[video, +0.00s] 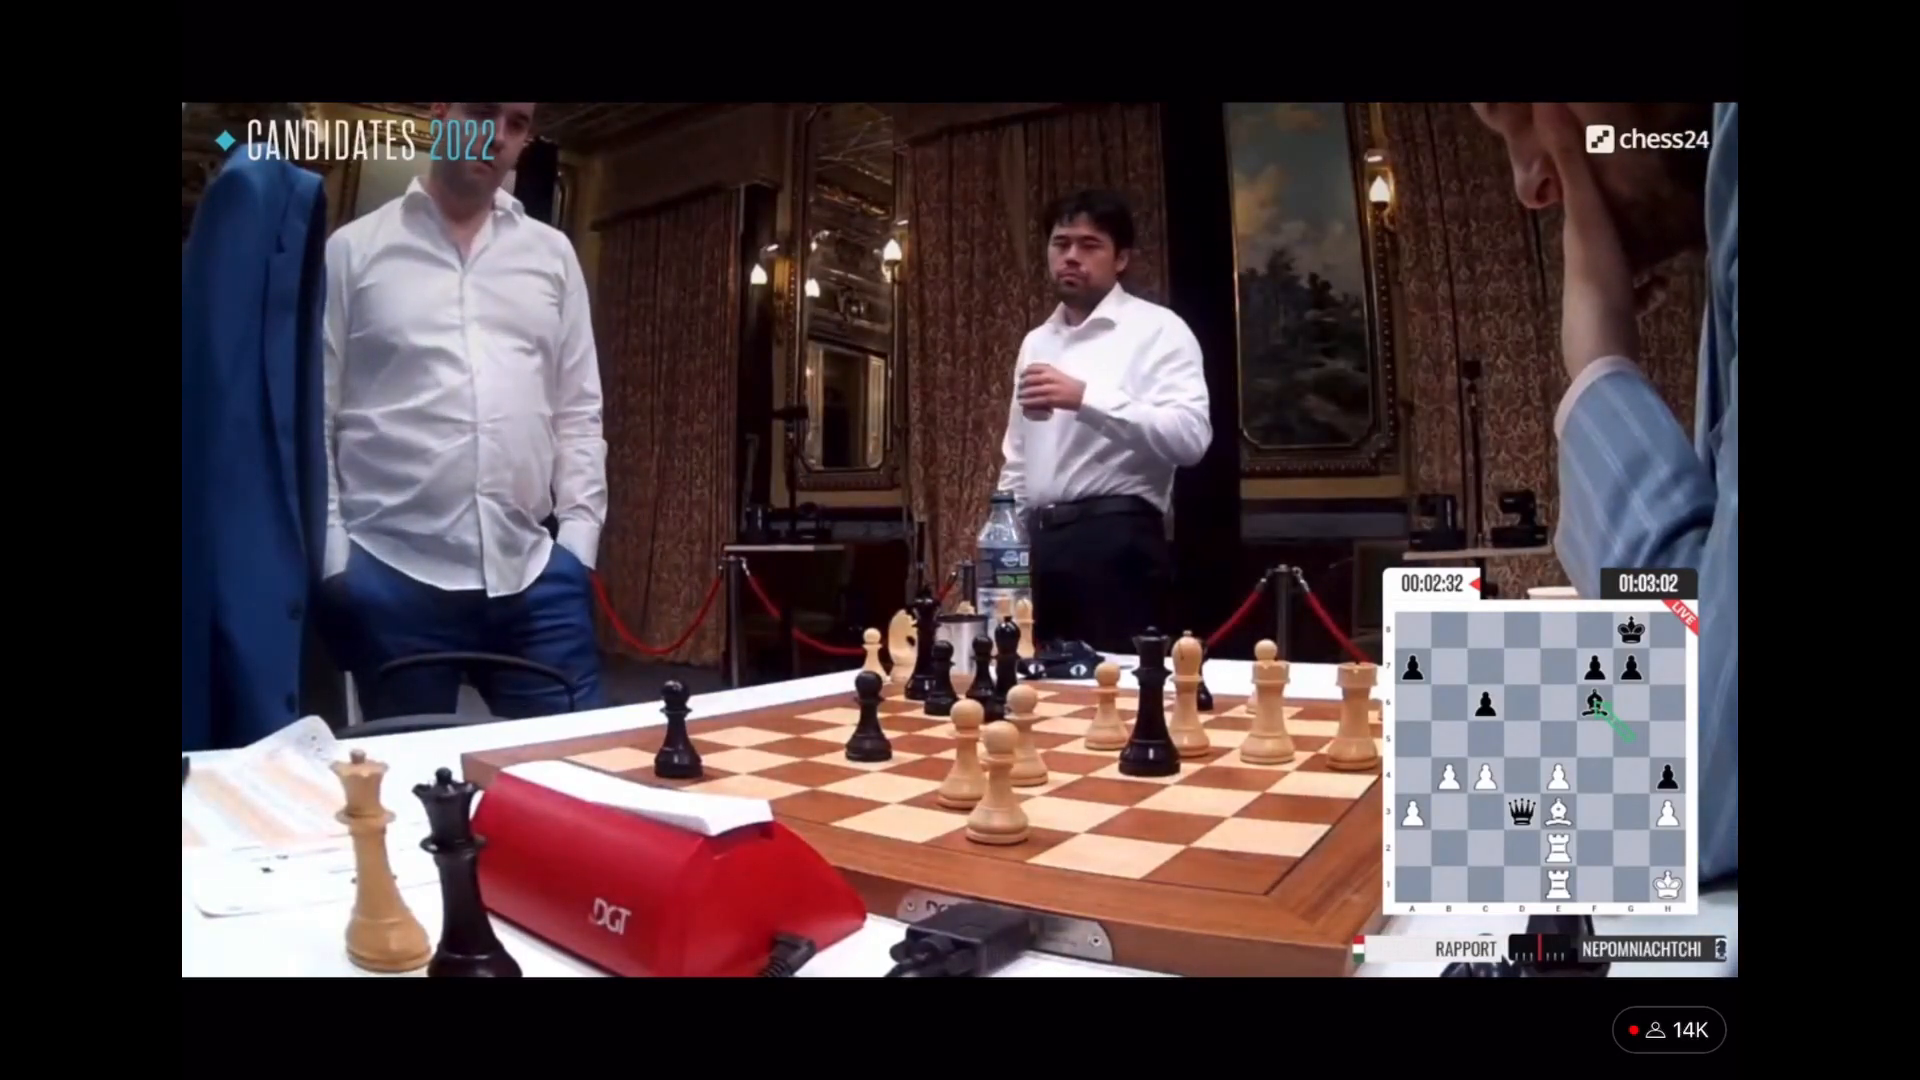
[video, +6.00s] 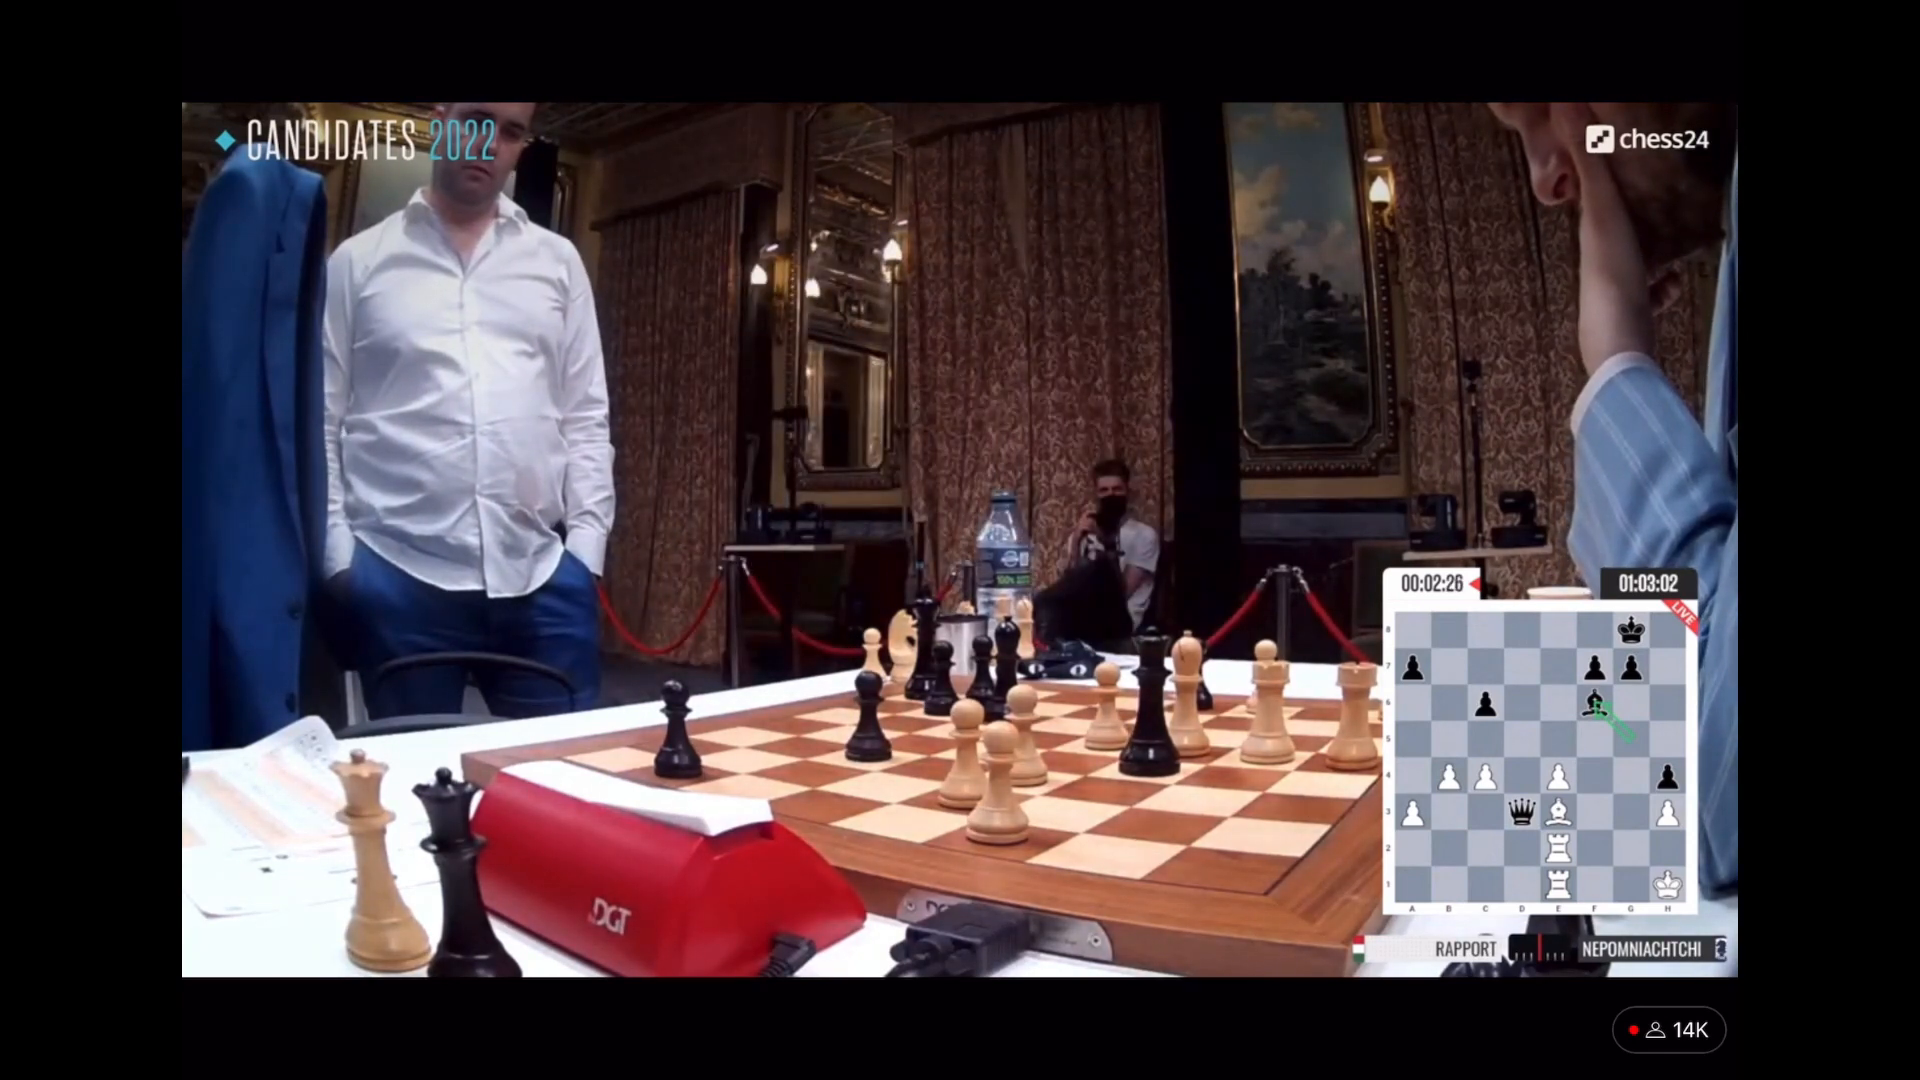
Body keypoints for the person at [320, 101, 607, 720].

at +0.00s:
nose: (494, 138)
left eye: (515, 125)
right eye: (480, 114)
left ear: (528, 140)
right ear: (438, 114)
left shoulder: (552, 253)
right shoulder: (353, 252)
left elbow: (579, 412)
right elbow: (316, 417)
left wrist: (576, 546)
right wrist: (337, 564)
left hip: (535, 578)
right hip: (394, 583)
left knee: (581, 777)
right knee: (410, 790)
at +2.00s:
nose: (490, 145)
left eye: (512, 130)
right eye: (476, 121)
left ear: (528, 144)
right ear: (439, 119)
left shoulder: (561, 259)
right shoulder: (360, 262)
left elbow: (590, 416)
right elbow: (325, 420)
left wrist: (589, 549)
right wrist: (346, 562)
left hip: (549, 583)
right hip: (406, 586)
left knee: (575, 789)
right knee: (418, 792)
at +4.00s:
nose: (490, 144)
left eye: (514, 131)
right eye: (477, 120)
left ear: (530, 146)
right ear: (441, 121)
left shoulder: (565, 260)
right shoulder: (362, 263)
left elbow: (594, 417)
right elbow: (325, 419)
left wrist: (589, 554)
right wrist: (342, 561)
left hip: (547, 584)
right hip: (402, 586)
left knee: (572, 788)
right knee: (414, 791)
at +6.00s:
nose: (486, 146)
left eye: (509, 132)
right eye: (473, 122)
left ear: (526, 147)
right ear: (437, 121)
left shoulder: (558, 261)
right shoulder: (357, 264)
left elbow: (586, 418)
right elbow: (323, 420)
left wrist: (584, 553)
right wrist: (340, 562)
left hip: (543, 582)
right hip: (400, 584)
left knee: (567, 787)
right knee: (414, 791)